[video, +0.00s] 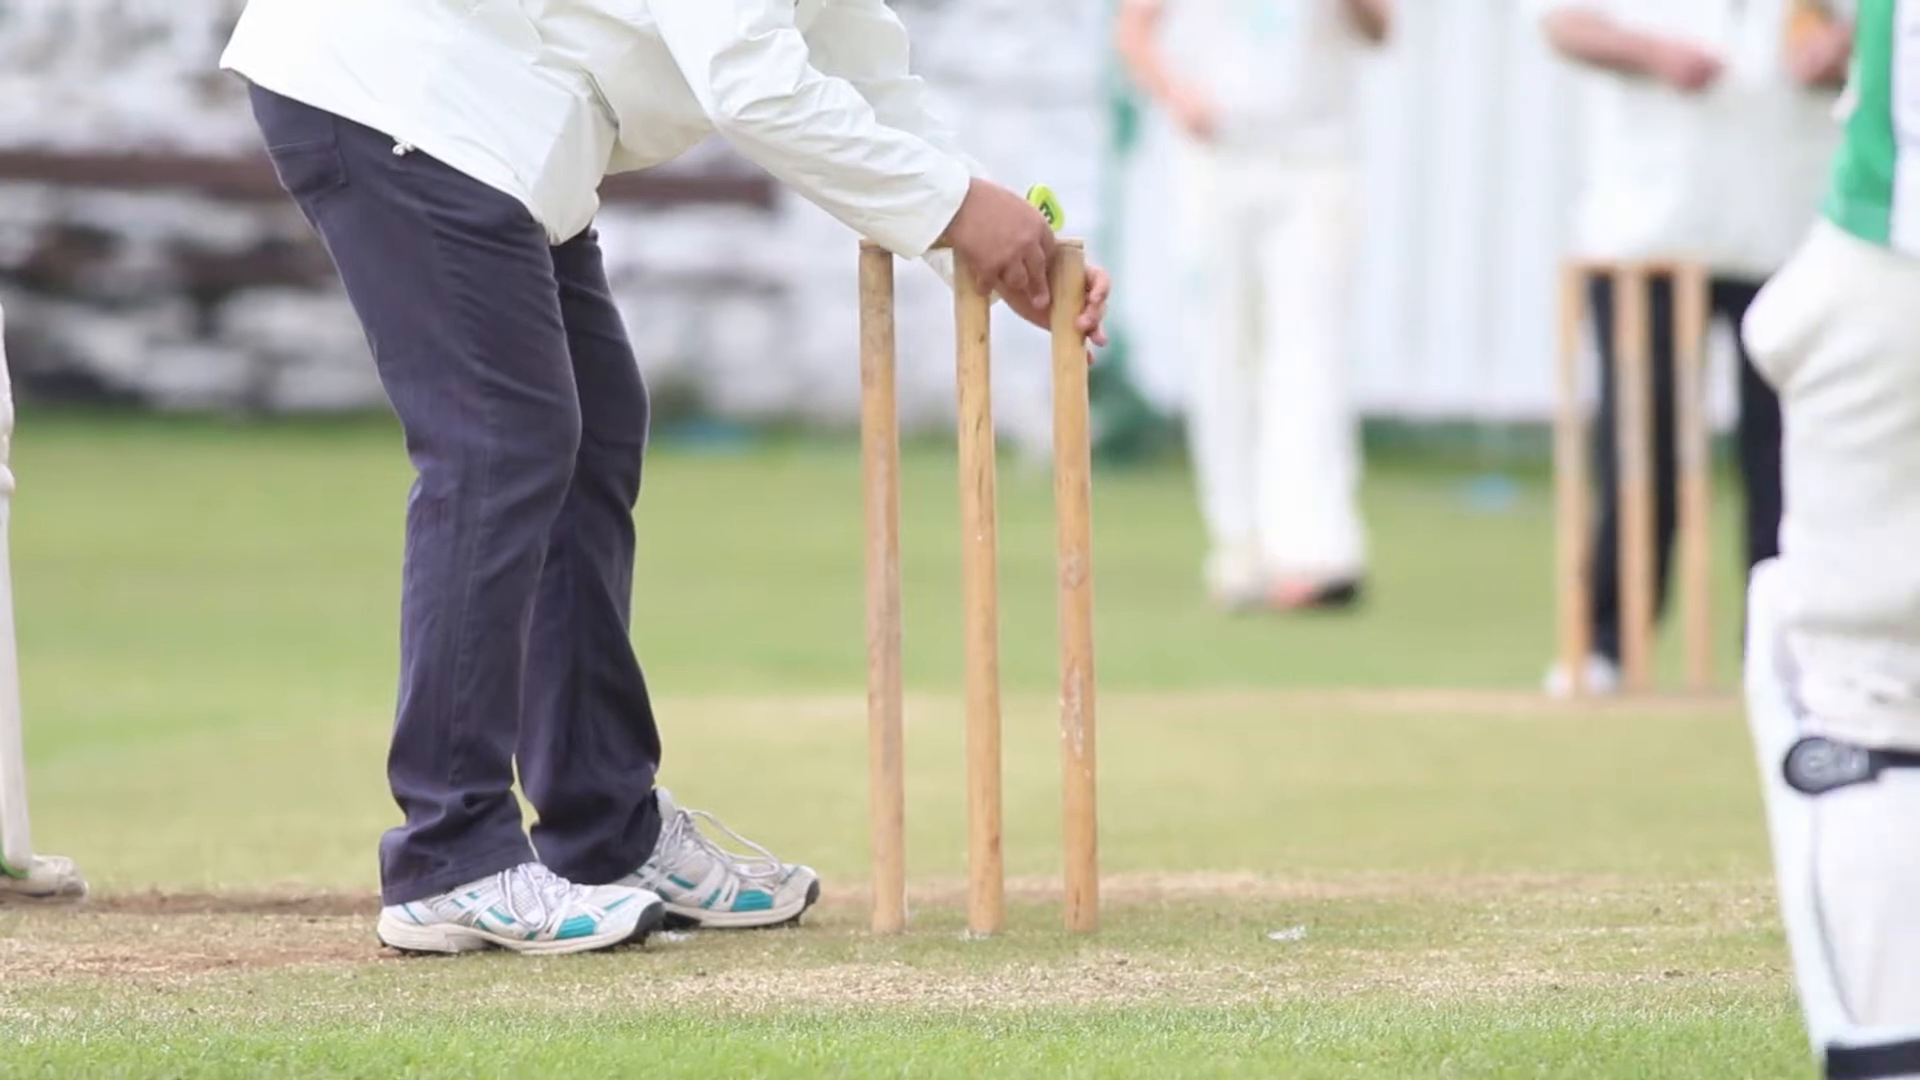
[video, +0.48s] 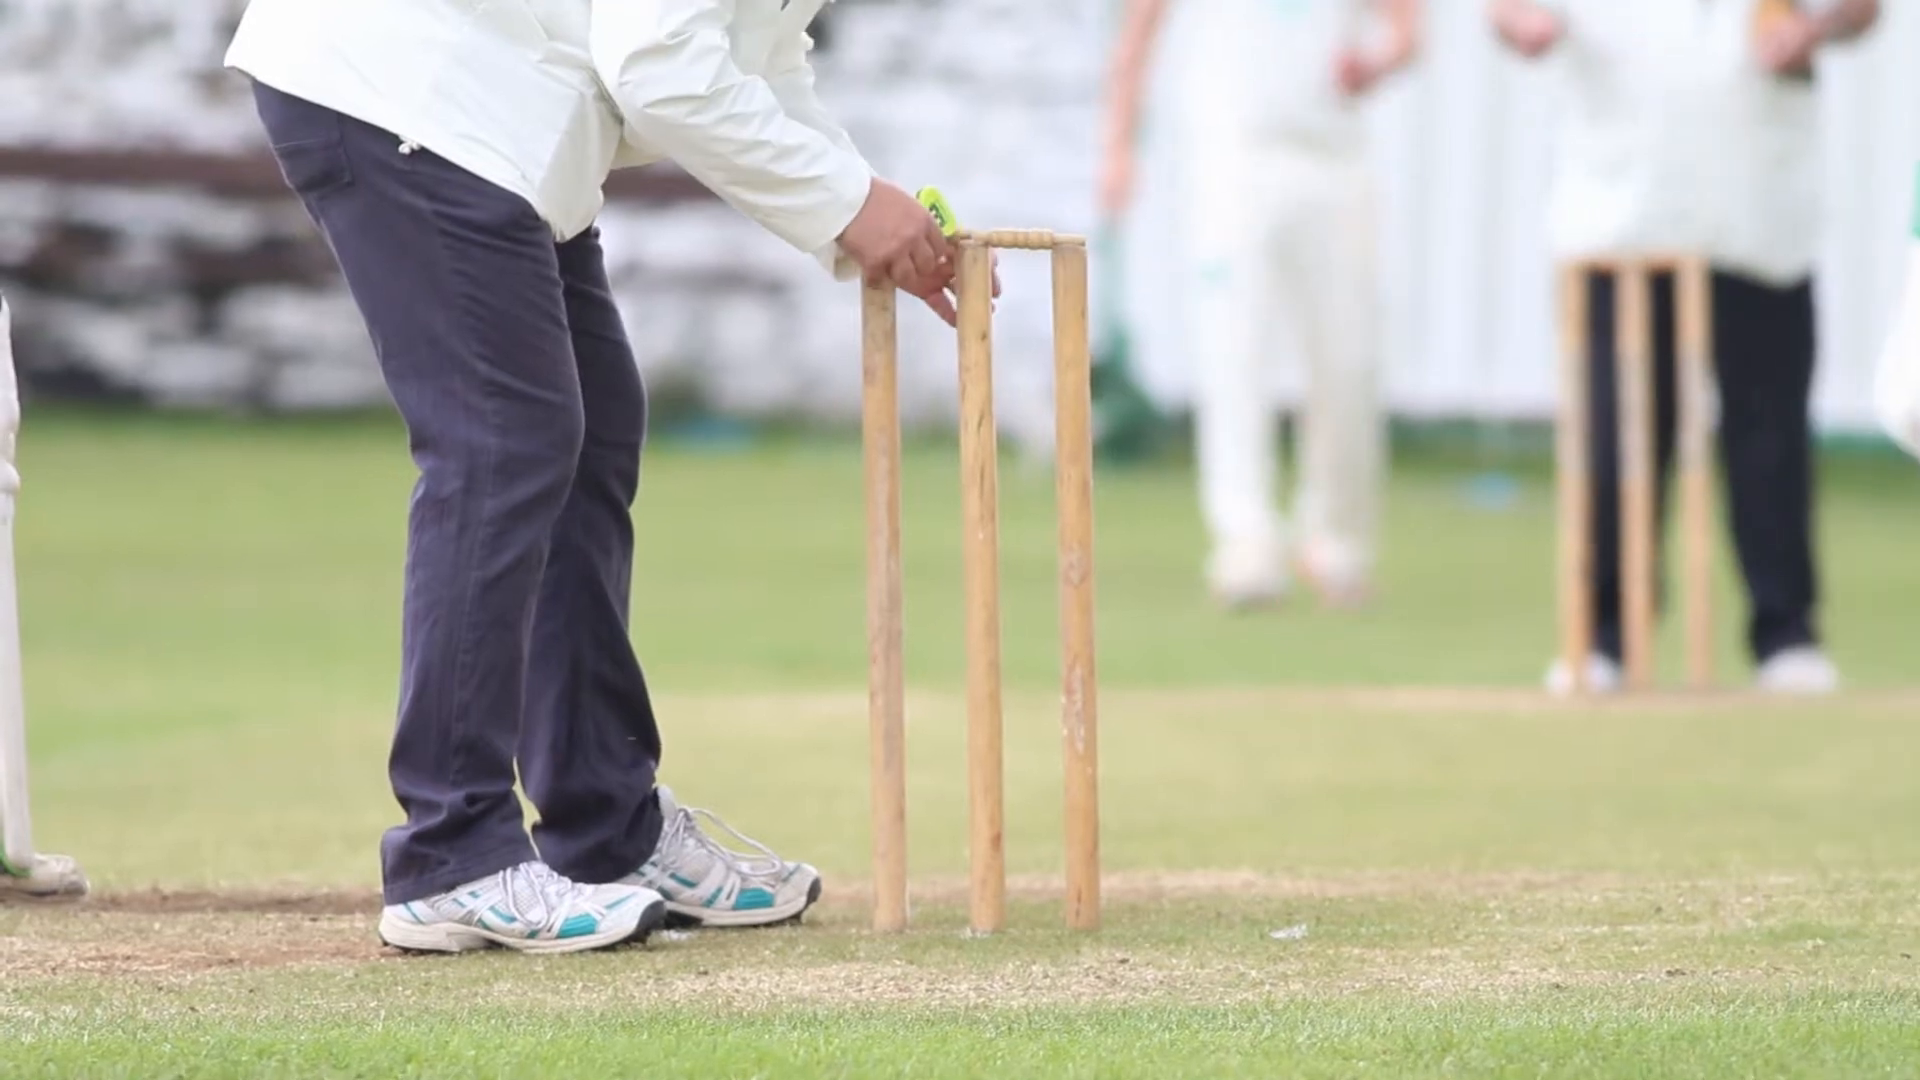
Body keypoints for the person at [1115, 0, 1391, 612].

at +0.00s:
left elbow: (1379, 27)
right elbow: (1132, 30)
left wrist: (1351, 1)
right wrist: (1179, 94)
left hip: (1315, 151)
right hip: (1214, 153)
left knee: (1310, 352)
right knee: (1223, 352)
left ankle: (1313, 549)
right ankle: (1238, 548)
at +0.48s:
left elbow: (1404, 29)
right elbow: (1135, 36)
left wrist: (1372, 62)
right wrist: (1118, 147)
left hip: (1332, 157)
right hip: (1226, 158)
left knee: (1345, 363)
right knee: (1232, 359)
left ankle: (1335, 542)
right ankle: (1245, 550)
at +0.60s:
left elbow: (1412, 27)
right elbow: (1151, 25)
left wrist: (1387, 144)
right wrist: (1130, 149)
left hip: (1335, 165)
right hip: (1234, 165)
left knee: (1333, 366)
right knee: (1236, 362)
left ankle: (1332, 547)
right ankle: (1245, 547)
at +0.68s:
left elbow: (1413, 34)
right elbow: (1168, 18)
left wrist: (1391, 174)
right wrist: (1144, 144)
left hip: (1344, 166)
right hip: (1241, 164)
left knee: (1335, 367)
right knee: (1239, 361)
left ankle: (1333, 550)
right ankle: (1246, 546)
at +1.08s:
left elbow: (1469, 25)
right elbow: (1179, 12)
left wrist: (1420, 131)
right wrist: (1172, 119)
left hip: (1347, 151)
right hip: (1244, 147)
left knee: (1340, 362)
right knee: (1230, 347)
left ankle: (1334, 551)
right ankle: (1212, 541)